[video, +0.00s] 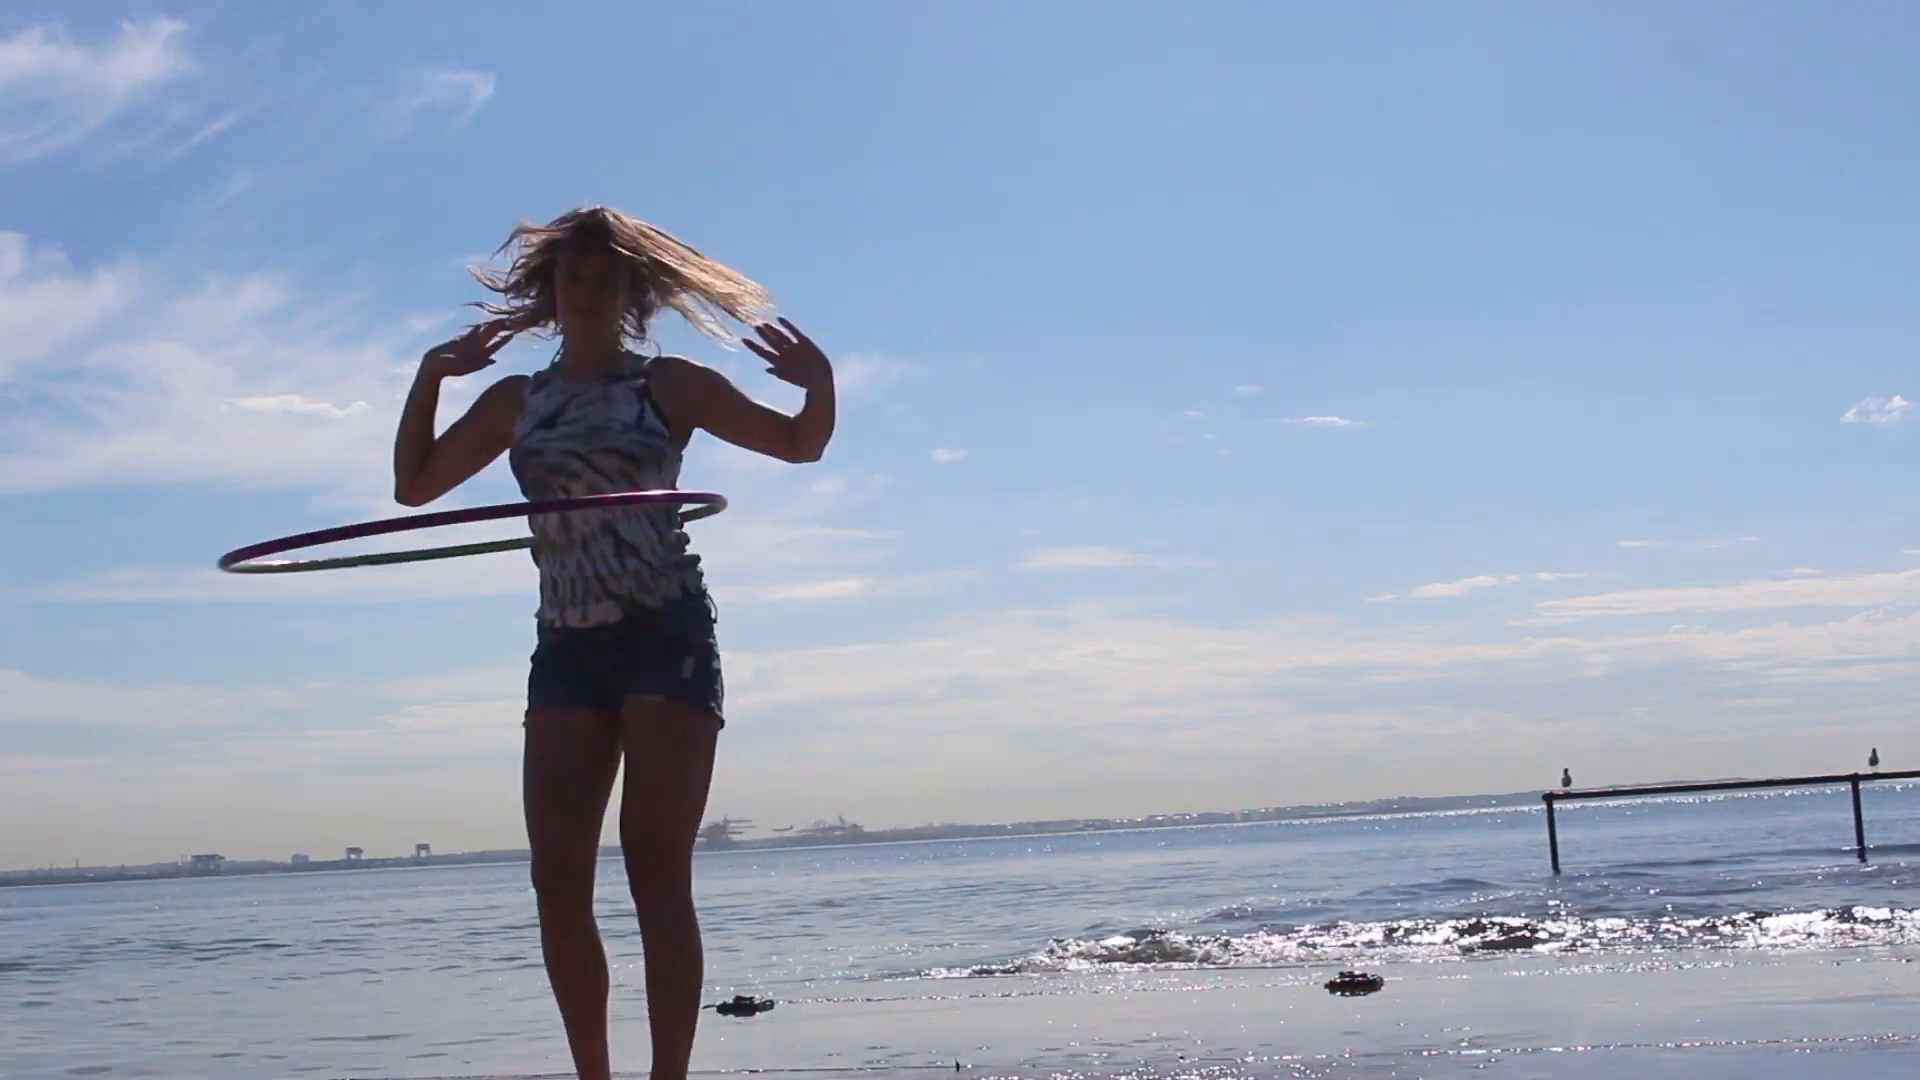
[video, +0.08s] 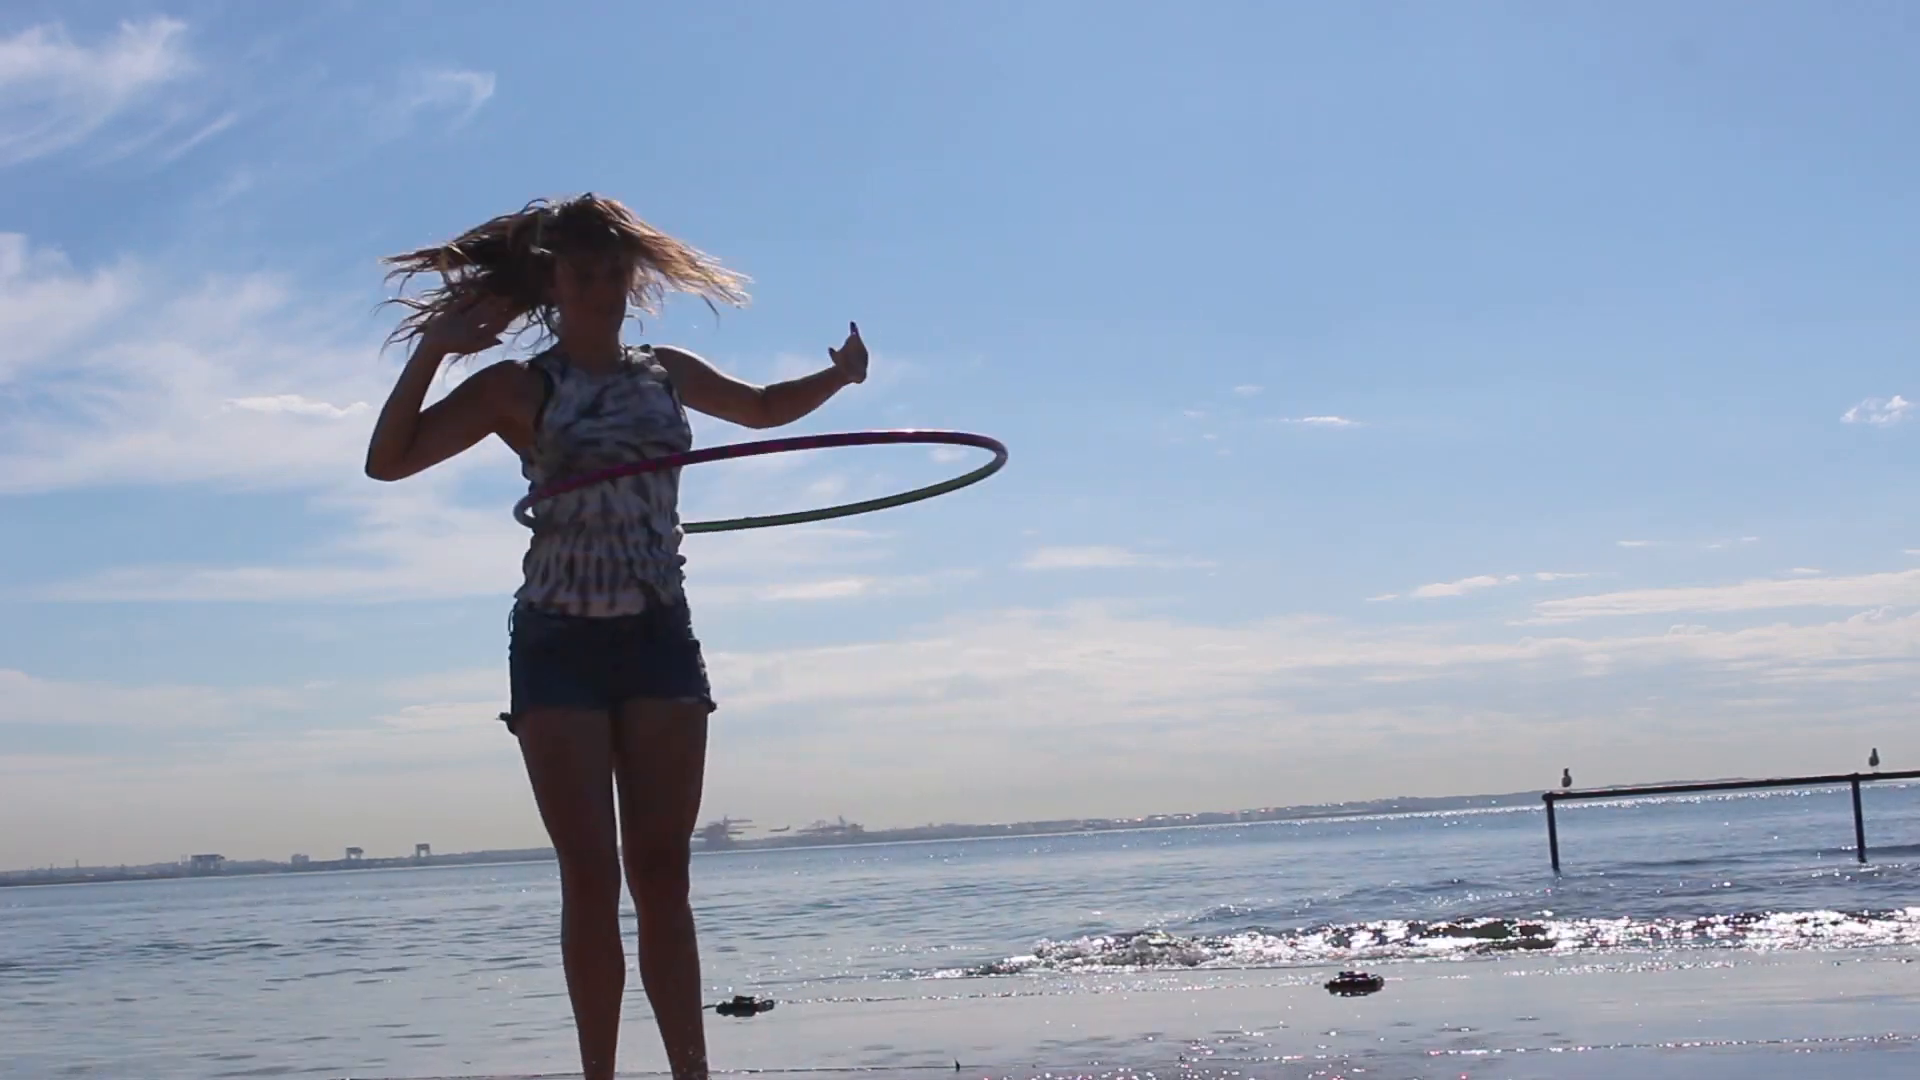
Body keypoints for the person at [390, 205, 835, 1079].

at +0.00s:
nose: (585, 288)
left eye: (601, 275)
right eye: (571, 274)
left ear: (630, 289)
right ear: (548, 287)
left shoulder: (671, 384)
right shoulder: (517, 400)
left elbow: (800, 445)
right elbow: (415, 483)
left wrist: (821, 380)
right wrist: (430, 373)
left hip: (666, 635)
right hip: (568, 643)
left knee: (656, 877)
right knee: (558, 884)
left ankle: (669, 1075)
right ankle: (594, 1075)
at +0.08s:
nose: (608, 280)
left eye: (618, 265)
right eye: (588, 266)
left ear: (635, 276)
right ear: (552, 279)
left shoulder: (666, 373)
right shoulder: (516, 387)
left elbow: (764, 408)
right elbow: (387, 458)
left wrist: (839, 372)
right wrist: (435, 343)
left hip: (660, 637)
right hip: (557, 642)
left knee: (663, 875)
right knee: (591, 878)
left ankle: (691, 1069)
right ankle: (600, 1074)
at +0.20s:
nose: (679, 347)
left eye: (687, 337)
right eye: (679, 331)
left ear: (633, 311)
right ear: (638, 313)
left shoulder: (602, 387)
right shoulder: (561, 378)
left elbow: (634, 410)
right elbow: (458, 418)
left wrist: (702, 378)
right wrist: (554, 354)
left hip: (622, 645)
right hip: (587, 644)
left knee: (666, 866)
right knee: (592, 872)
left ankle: (651, 1072)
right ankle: (519, 1072)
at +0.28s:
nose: (674, 385)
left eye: (682, 373)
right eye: (679, 365)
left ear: (631, 337)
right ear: (651, 338)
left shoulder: (549, 399)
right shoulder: (607, 387)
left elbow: (474, 456)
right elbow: (547, 398)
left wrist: (532, 413)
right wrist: (599, 359)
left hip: (576, 663)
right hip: (637, 657)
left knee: (640, 892)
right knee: (608, 893)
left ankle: (629, 1073)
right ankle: (513, 1073)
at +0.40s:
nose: (506, 395)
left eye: (503, 384)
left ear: (519, 379)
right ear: (574, 340)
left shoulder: (529, 442)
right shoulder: (661, 401)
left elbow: (412, 505)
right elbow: (764, 408)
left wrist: (417, 410)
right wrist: (729, 336)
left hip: (550, 682)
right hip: (646, 677)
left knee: (610, 893)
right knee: (708, 883)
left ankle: (620, 1067)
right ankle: (624, 1051)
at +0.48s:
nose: (523, 403)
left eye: (522, 391)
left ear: (538, 385)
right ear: (598, 357)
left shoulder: (561, 449)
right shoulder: (697, 416)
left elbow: (504, 525)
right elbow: (826, 437)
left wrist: (414, 449)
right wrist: (753, 365)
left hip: (568, 682)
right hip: (669, 678)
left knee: (606, 898)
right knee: (672, 880)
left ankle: (620, 1073)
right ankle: (701, 1052)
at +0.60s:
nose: (560, 321)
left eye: (576, 311)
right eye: (566, 307)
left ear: (607, 329)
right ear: (617, 333)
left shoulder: (614, 402)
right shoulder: (603, 402)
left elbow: (686, 483)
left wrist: (616, 453)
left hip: (649, 651)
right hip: (660, 646)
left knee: (632, 884)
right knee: (597, 864)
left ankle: (623, 1072)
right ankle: (684, 1063)